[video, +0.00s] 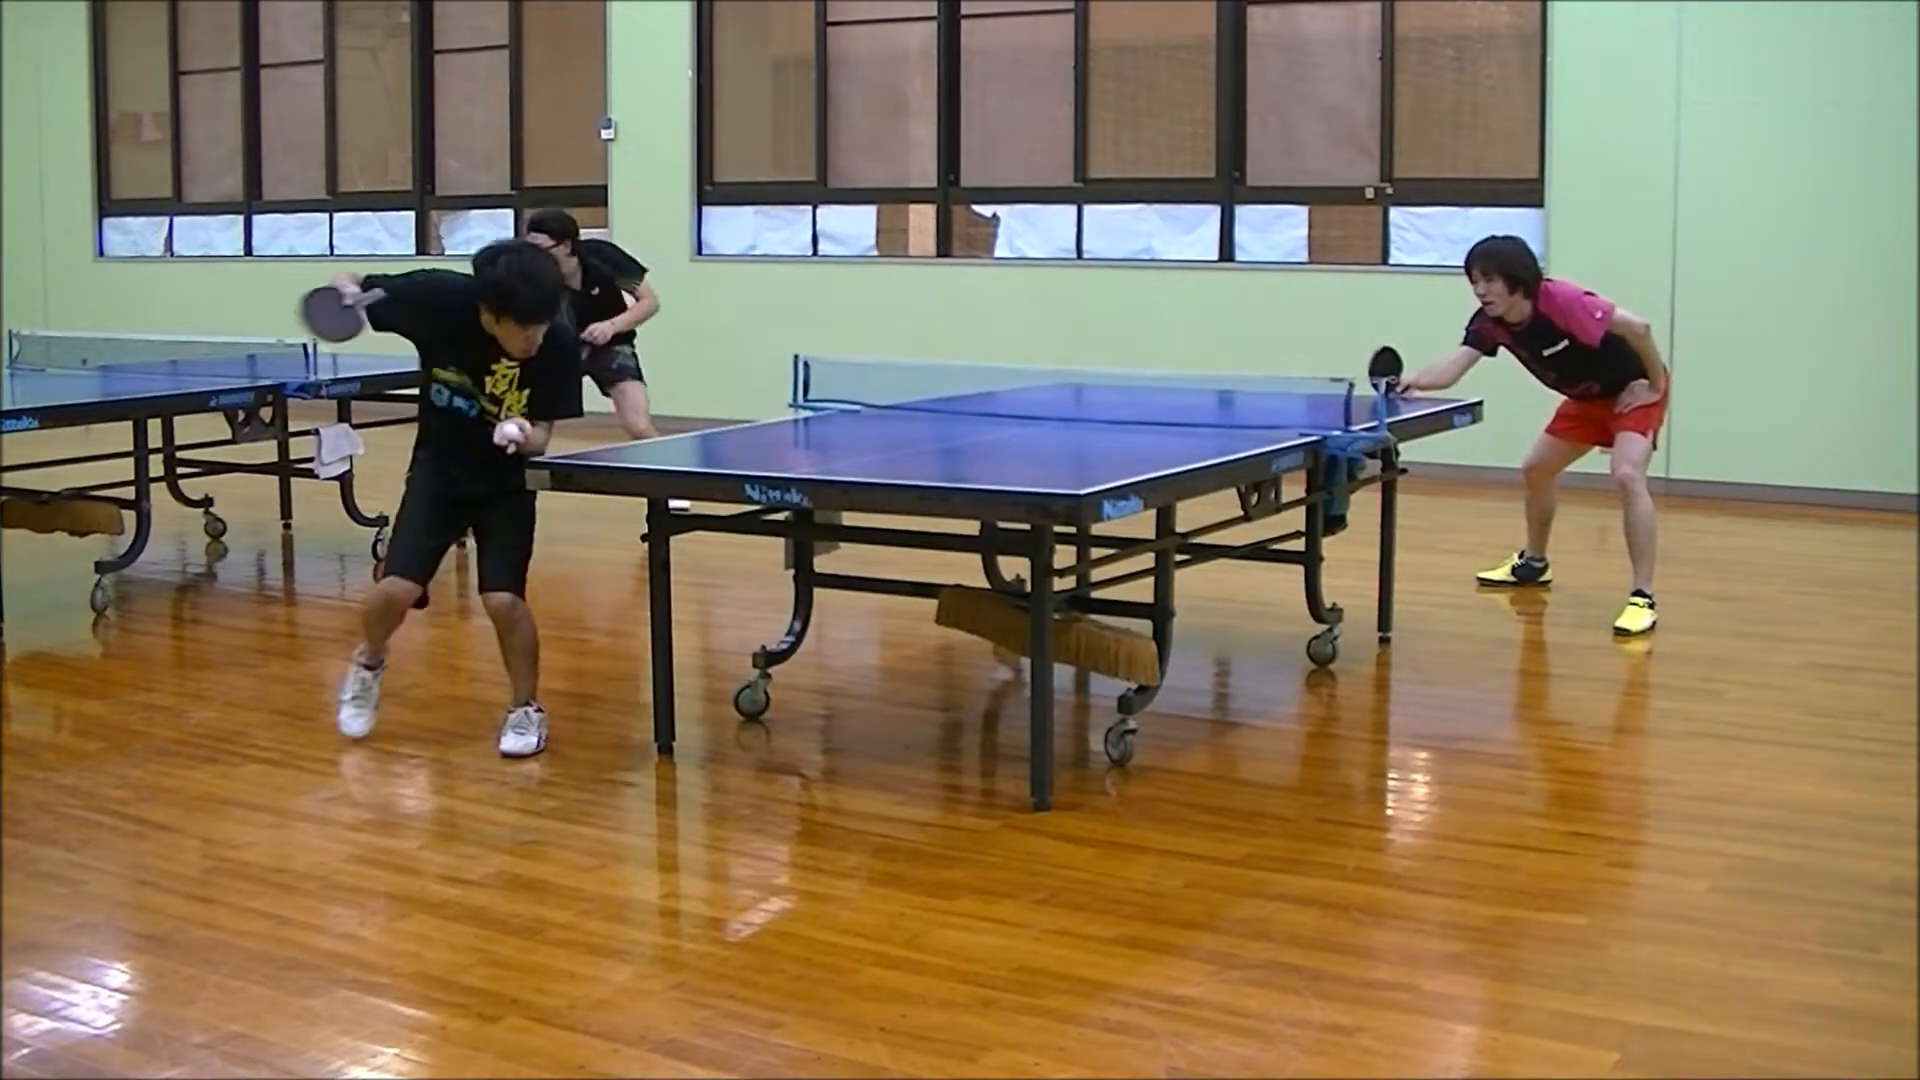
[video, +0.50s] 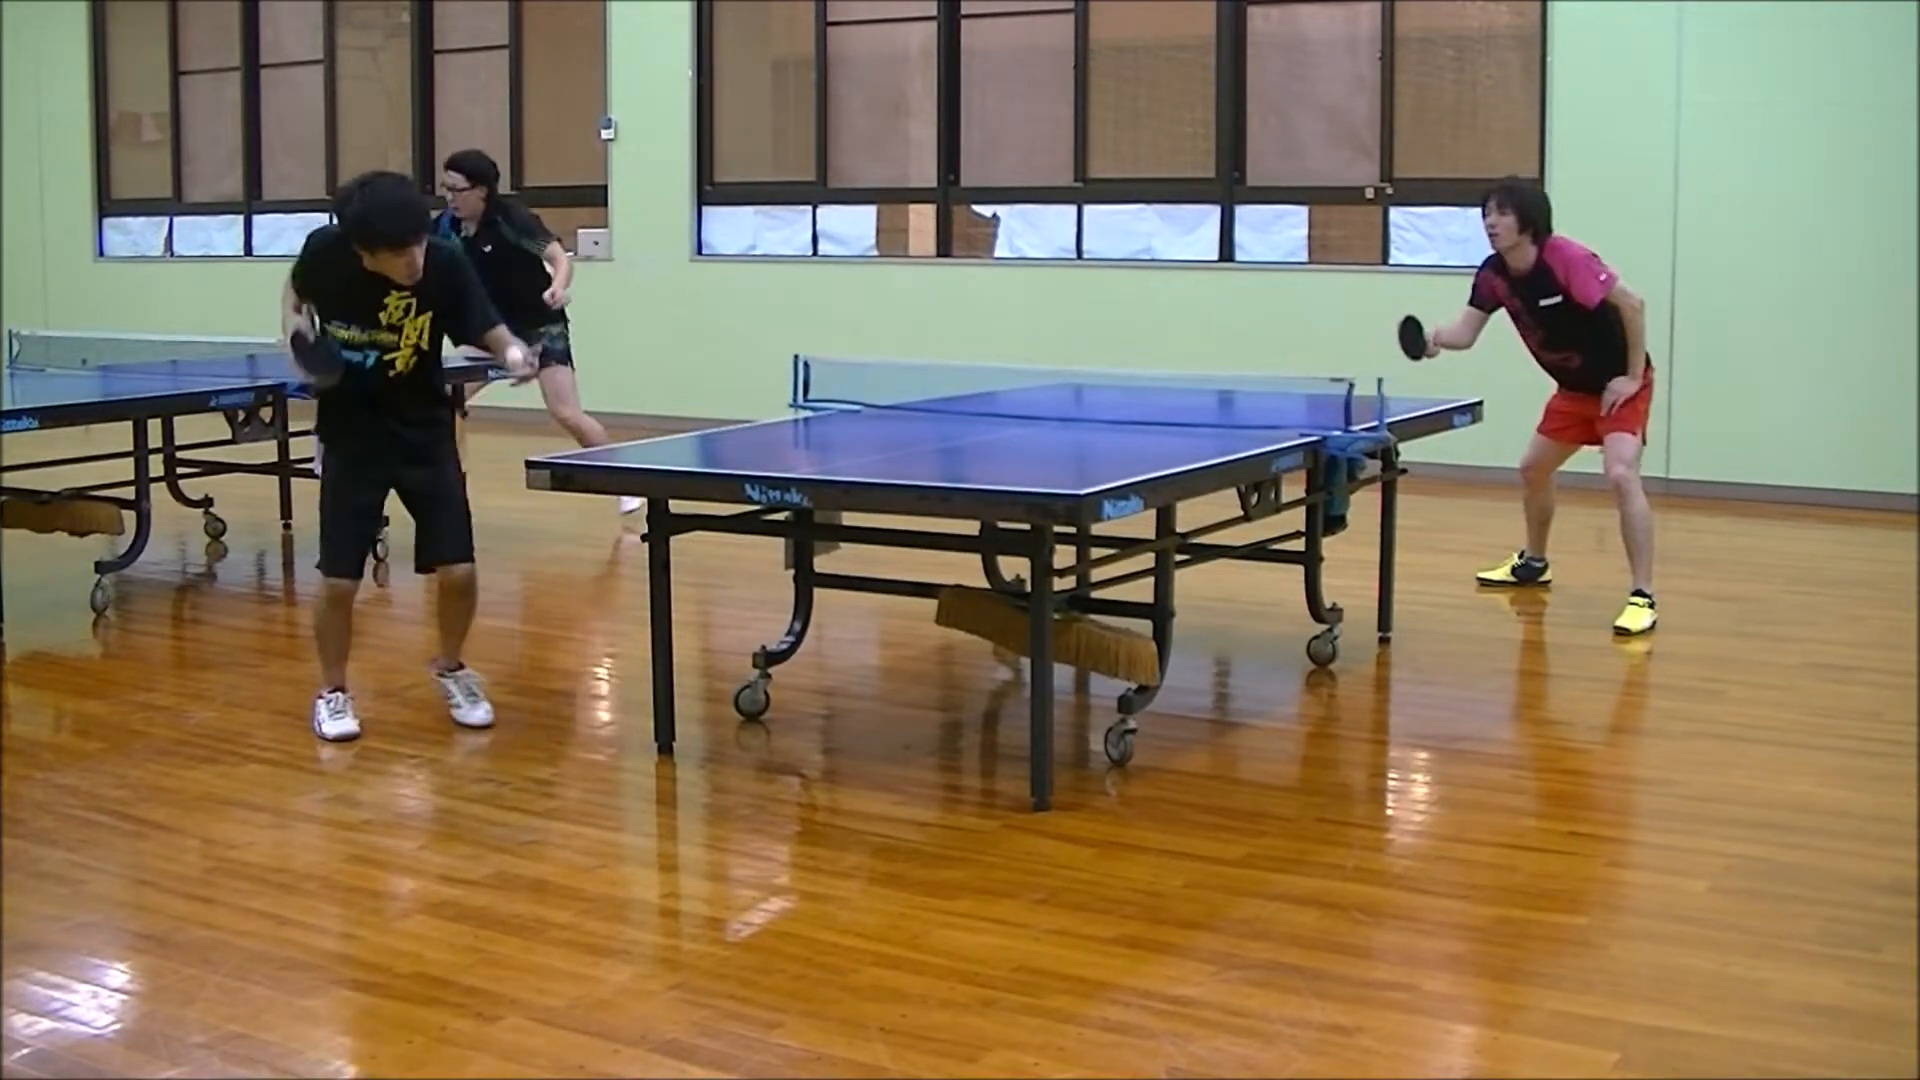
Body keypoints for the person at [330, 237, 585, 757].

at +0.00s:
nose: (534, 340)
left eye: (541, 329)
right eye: (524, 330)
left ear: (550, 315)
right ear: (489, 315)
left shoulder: (557, 346)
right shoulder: (441, 301)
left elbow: (542, 435)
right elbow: (361, 289)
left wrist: (524, 434)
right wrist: (348, 293)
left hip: (504, 481)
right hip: (438, 472)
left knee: (503, 599)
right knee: (397, 590)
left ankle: (525, 710)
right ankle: (368, 665)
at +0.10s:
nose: (513, 330)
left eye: (519, 317)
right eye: (501, 320)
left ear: (527, 303)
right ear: (467, 308)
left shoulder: (537, 340)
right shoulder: (419, 295)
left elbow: (528, 421)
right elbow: (353, 276)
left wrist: (516, 442)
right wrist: (319, 296)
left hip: (494, 483)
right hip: (424, 476)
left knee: (494, 600)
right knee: (383, 606)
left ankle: (526, 709)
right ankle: (333, 678)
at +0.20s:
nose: (483, 316)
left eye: (489, 302)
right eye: (470, 307)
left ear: (496, 287)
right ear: (433, 296)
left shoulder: (510, 330)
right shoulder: (395, 285)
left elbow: (505, 417)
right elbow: (352, 280)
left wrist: (506, 479)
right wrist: (309, 306)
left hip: (475, 480)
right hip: (404, 473)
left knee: (480, 596)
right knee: (363, 611)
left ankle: (524, 708)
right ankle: (333, 692)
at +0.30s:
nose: (444, 295)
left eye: (449, 280)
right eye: (428, 286)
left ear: (458, 267)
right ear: (393, 278)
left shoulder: (475, 312)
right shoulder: (365, 275)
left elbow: (491, 407)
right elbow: (337, 289)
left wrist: (509, 488)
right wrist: (298, 334)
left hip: (451, 461)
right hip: (379, 458)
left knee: (473, 579)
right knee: (351, 597)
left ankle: (521, 706)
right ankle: (336, 694)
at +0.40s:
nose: (421, 277)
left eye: (427, 262)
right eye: (407, 268)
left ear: (435, 248)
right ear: (371, 263)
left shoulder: (452, 288)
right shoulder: (338, 266)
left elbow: (488, 373)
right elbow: (317, 297)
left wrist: (518, 431)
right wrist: (297, 339)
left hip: (437, 450)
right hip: (363, 450)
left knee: (471, 571)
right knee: (341, 590)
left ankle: (496, 691)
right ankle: (335, 694)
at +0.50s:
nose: (417, 261)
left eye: (420, 246)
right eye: (402, 253)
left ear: (426, 230)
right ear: (364, 249)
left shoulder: (442, 261)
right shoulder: (326, 252)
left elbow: (485, 326)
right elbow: (294, 294)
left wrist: (513, 352)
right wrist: (298, 338)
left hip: (424, 429)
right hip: (352, 430)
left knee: (459, 569)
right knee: (339, 580)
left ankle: (451, 668)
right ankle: (333, 693)